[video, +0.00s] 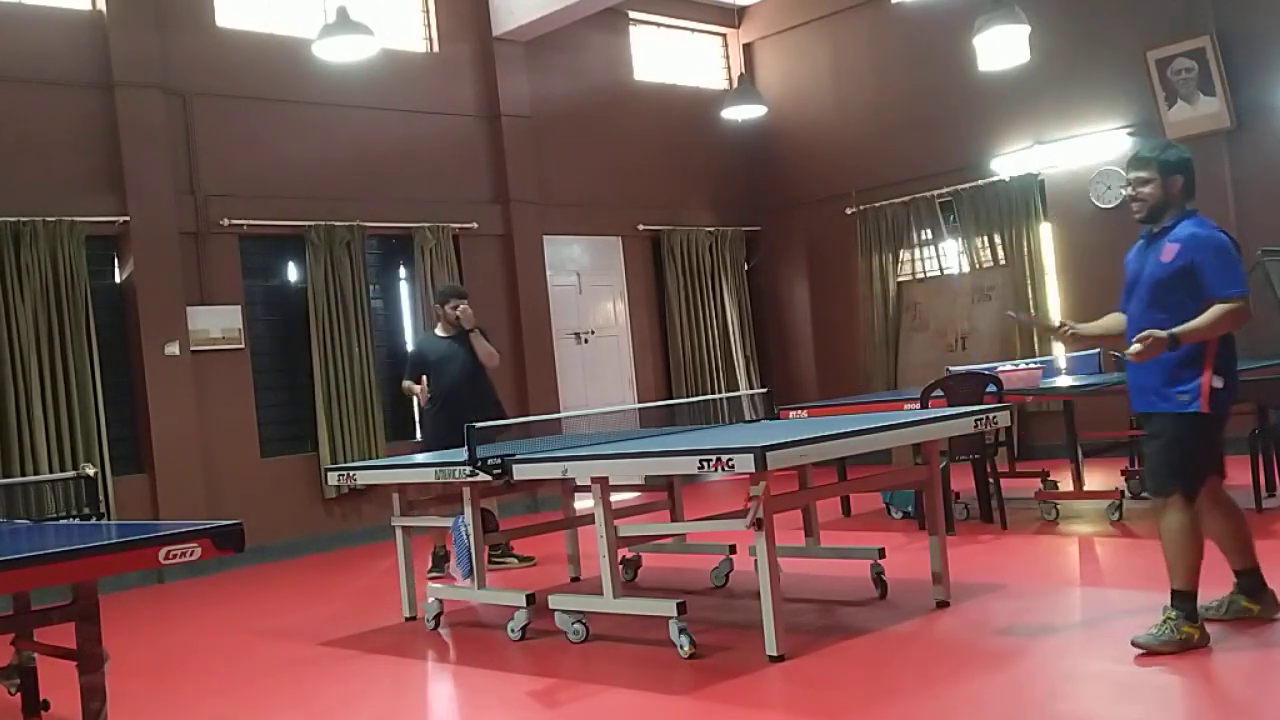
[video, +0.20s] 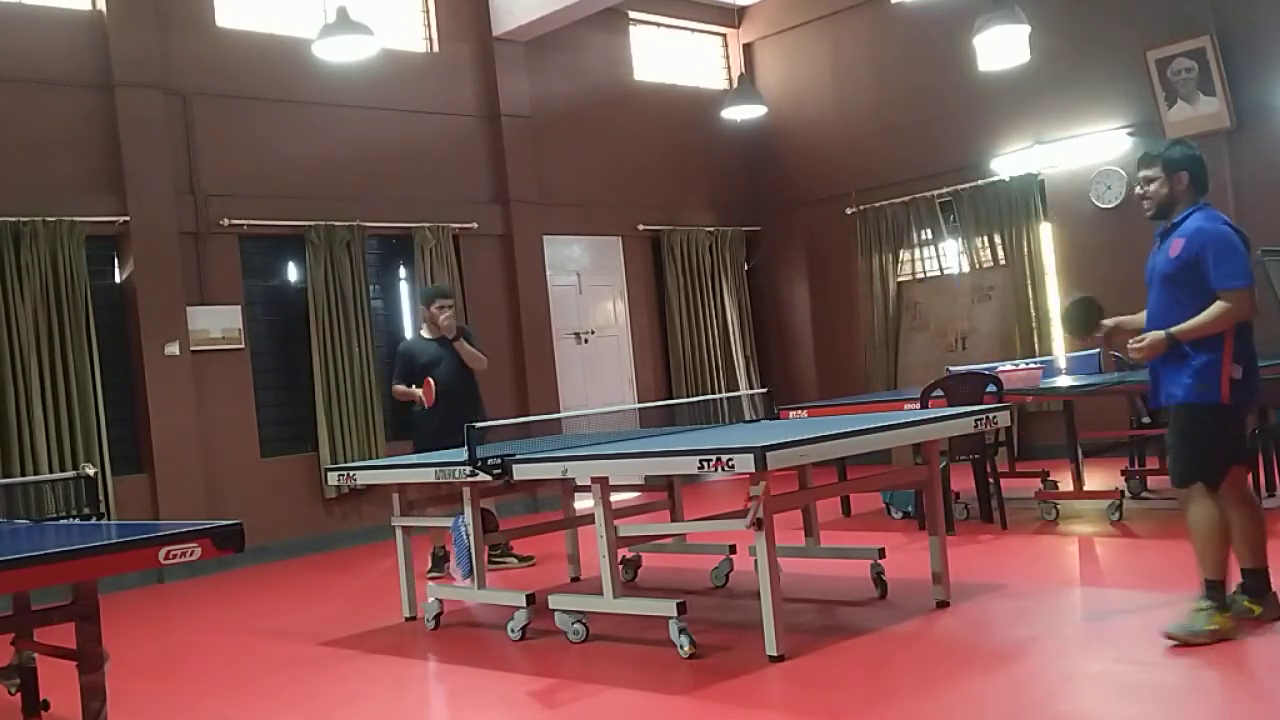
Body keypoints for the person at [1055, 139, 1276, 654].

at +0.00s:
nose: (1131, 194)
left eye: (1141, 184)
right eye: (1128, 186)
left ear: (1176, 184)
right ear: (1132, 191)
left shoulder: (1204, 237)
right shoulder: (1138, 251)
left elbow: (1235, 308)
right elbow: (1130, 316)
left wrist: (1172, 336)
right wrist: (1083, 331)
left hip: (1190, 397)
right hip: (1159, 398)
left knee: (1172, 496)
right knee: (1206, 492)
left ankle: (1183, 618)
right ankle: (1253, 591)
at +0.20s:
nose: (1141, 192)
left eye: (1150, 182)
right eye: (1139, 184)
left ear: (1183, 181)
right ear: (1167, 185)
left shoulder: (1210, 230)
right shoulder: (1167, 239)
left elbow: (1240, 304)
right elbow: (1167, 313)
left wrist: (1167, 337)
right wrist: (1115, 324)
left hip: (1206, 388)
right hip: (1197, 387)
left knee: (1194, 487)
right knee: (1233, 485)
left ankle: (1214, 604)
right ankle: (1259, 593)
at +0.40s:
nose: (1146, 192)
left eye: (1153, 182)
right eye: (1146, 183)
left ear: (1181, 180)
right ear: (1182, 183)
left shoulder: (1210, 226)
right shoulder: (1194, 230)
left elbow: (1237, 297)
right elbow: (1210, 306)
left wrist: (1164, 329)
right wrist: (1157, 335)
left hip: (1217, 390)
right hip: (1222, 388)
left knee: (1213, 487)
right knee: (1245, 486)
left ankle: (1241, 601)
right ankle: (1257, 589)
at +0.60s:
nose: (1153, 195)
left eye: (1159, 184)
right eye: (1152, 186)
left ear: (1186, 181)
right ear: (1190, 183)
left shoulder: (1213, 228)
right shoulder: (1201, 230)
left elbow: (1224, 302)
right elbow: (1213, 310)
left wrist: (1148, 316)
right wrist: (1165, 340)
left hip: (1222, 387)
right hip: (1223, 386)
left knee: (1217, 487)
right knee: (1247, 485)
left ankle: (1242, 600)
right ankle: (1259, 589)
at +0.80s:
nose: (1155, 196)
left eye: (1161, 185)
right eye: (1153, 187)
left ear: (1191, 181)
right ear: (1189, 185)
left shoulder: (1216, 228)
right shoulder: (1200, 231)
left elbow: (1214, 304)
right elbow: (1205, 311)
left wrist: (1134, 309)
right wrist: (1145, 331)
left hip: (1219, 386)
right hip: (1227, 385)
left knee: (1207, 480)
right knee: (1245, 481)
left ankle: (1235, 597)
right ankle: (1259, 591)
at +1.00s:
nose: (1152, 195)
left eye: (1159, 184)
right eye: (1150, 187)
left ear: (1190, 180)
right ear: (1186, 184)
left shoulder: (1213, 230)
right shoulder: (1192, 231)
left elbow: (1219, 307)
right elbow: (1200, 307)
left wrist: (1145, 315)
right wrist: (1144, 318)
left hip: (1214, 388)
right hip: (1220, 387)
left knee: (1202, 484)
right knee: (1243, 485)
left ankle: (1215, 599)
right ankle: (1258, 591)